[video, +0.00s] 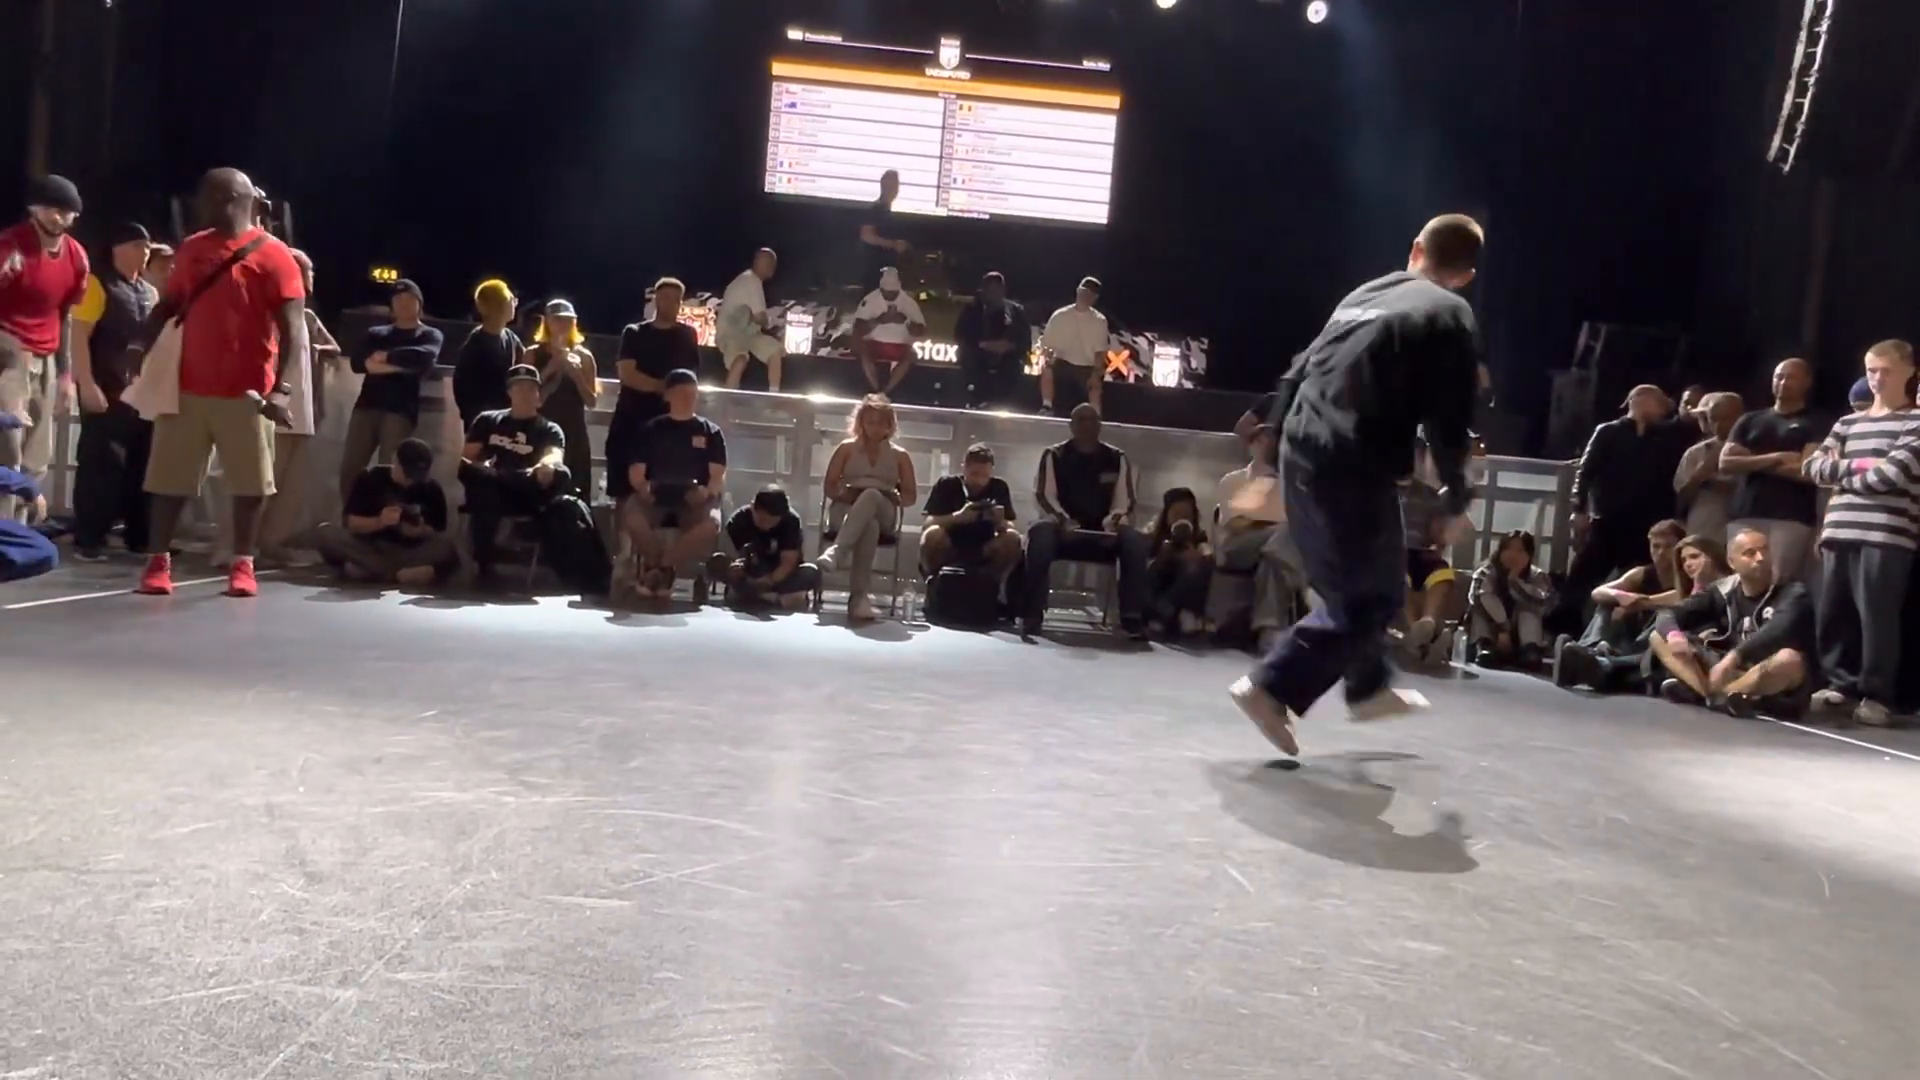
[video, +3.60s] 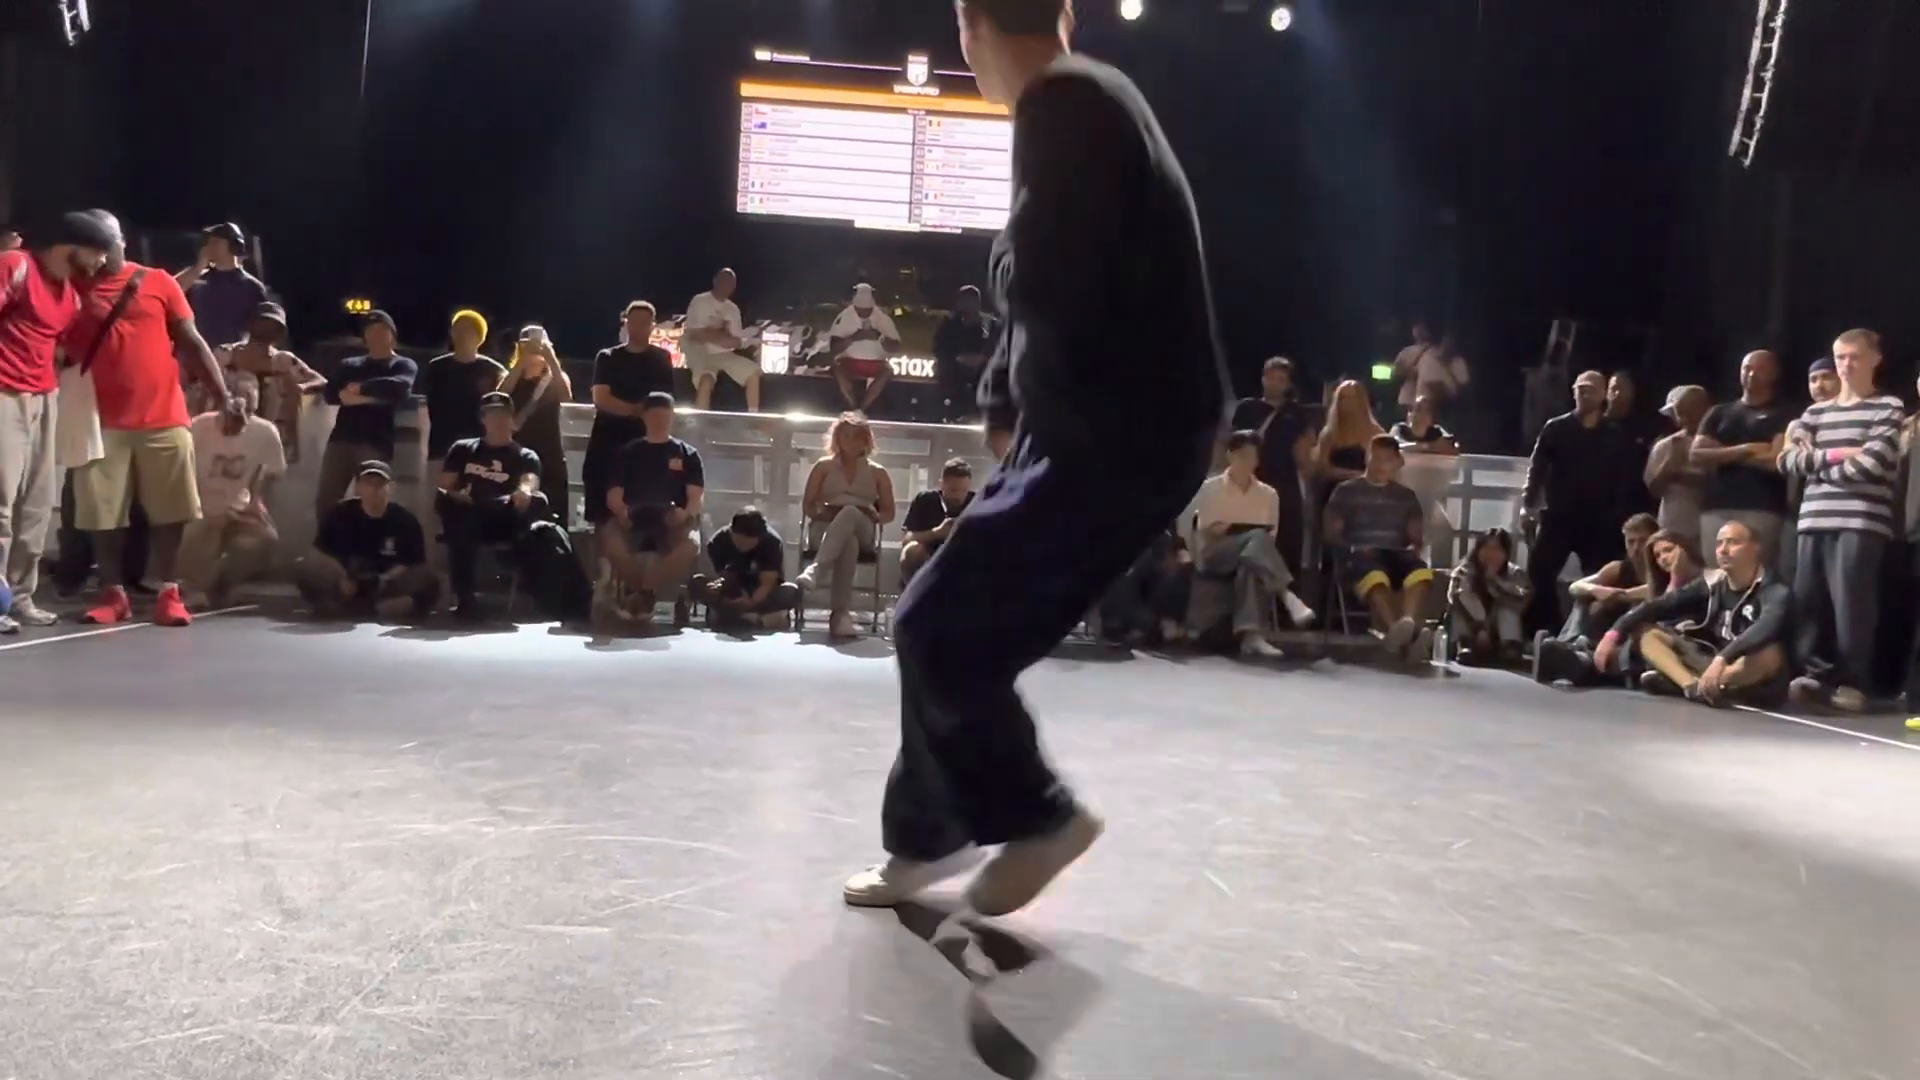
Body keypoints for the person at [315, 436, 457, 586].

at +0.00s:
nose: (408, 482)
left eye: (415, 479)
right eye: (405, 476)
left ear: (425, 472)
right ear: (395, 462)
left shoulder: (430, 489)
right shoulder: (369, 479)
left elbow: (438, 530)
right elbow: (351, 524)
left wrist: (419, 531)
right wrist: (380, 522)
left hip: (411, 549)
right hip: (370, 546)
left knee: (445, 548)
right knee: (326, 534)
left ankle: (373, 573)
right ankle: (394, 574)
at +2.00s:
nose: (401, 474)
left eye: (406, 468)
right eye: (396, 468)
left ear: (414, 465)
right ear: (385, 460)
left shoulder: (426, 487)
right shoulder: (363, 480)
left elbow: (430, 528)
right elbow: (347, 523)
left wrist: (406, 533)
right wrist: (364, 522)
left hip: (410, 548)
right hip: (370, 544)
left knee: (446, 551)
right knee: (326, 536)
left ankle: (371, 572)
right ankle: (393, 573)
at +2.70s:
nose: (386, 464)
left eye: (392, 459)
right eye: (381, 458)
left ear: (402, 464)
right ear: (371, 461)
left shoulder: (418, 497)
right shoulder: (352, 490)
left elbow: (429, 543)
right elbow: (330, 533)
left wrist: (398, 538)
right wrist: (356, 531)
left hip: (400, 556)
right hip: (358, 554)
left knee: (435, 552)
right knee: (317, 543)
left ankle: (360, 582)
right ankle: (386, 583)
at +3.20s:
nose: (376, 475)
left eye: (382, 469)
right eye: (371, 468)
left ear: (392, 473)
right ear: (361, 471)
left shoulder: (407, 505)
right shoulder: (341, 499)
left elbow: (416, 547)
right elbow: (325, 539)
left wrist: (400, 555)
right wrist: (348, 552)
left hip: (390, 566)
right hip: (351, 564)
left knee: (427, 563)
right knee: (310, 551)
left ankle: (351, 591)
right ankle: (378, 593)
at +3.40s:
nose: (372, 480)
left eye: (378, 474)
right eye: (367, 474)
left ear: (386, 478)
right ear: (356, 477)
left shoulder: (402, 509)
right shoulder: (337, 504)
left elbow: (412, 551)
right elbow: (318, 541)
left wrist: (385, 568)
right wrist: (342, 565)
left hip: (385, 571)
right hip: (344, 569)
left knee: (424, 572)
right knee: (302, 557)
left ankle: (367, 600)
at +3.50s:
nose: (371, 485)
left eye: (377, 480)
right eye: (366, 479)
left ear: (386, 483)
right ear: (356, 481)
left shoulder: (402, 515)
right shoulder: (338, 509)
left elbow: (413, 557)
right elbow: (320, 548)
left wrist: (384, 573)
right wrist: (341, 574)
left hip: (385, 575)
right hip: (346, 572)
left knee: (424, 573)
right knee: (301, 562)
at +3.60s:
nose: (374, 491)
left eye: (380, 485)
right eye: (369, 484)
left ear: (389, 488)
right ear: (358, 487)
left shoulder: (405, 520)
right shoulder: (339, 514)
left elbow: (415, 562)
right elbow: (319, 553)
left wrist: (387, 579)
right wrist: (341, 578)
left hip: (386, 581)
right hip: (347, 580)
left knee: (428, 580)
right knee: (304, 567)